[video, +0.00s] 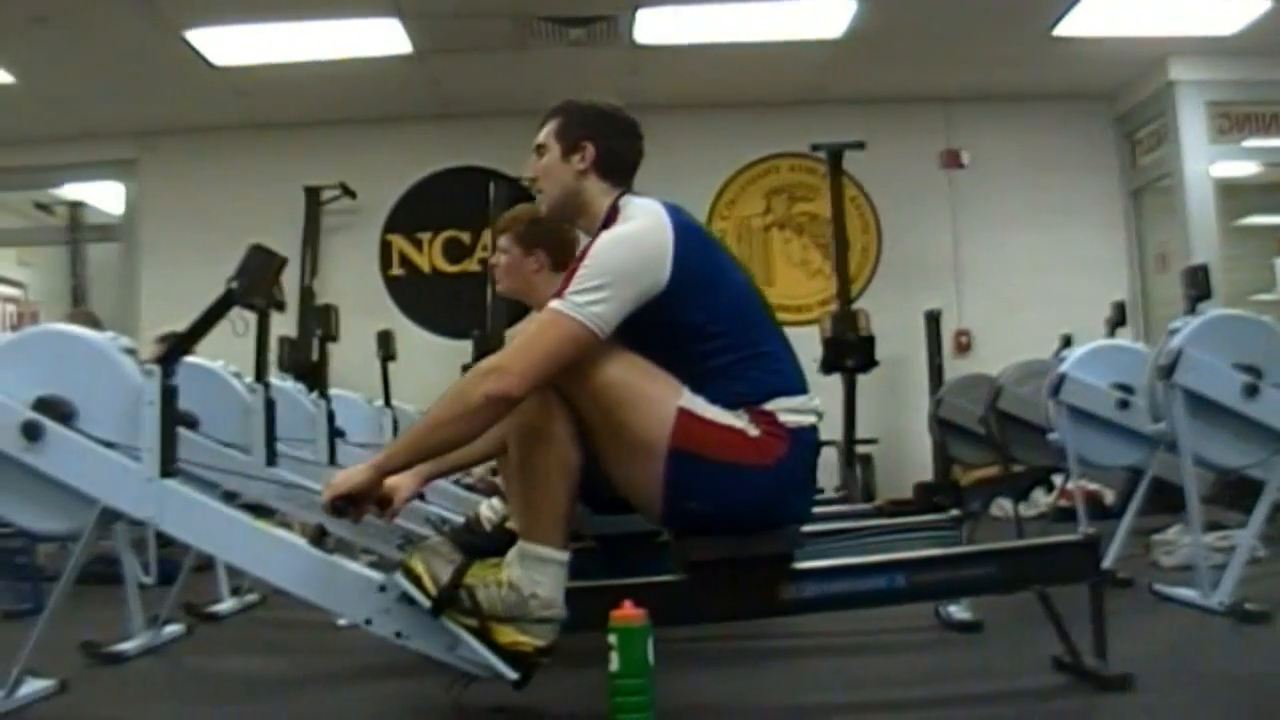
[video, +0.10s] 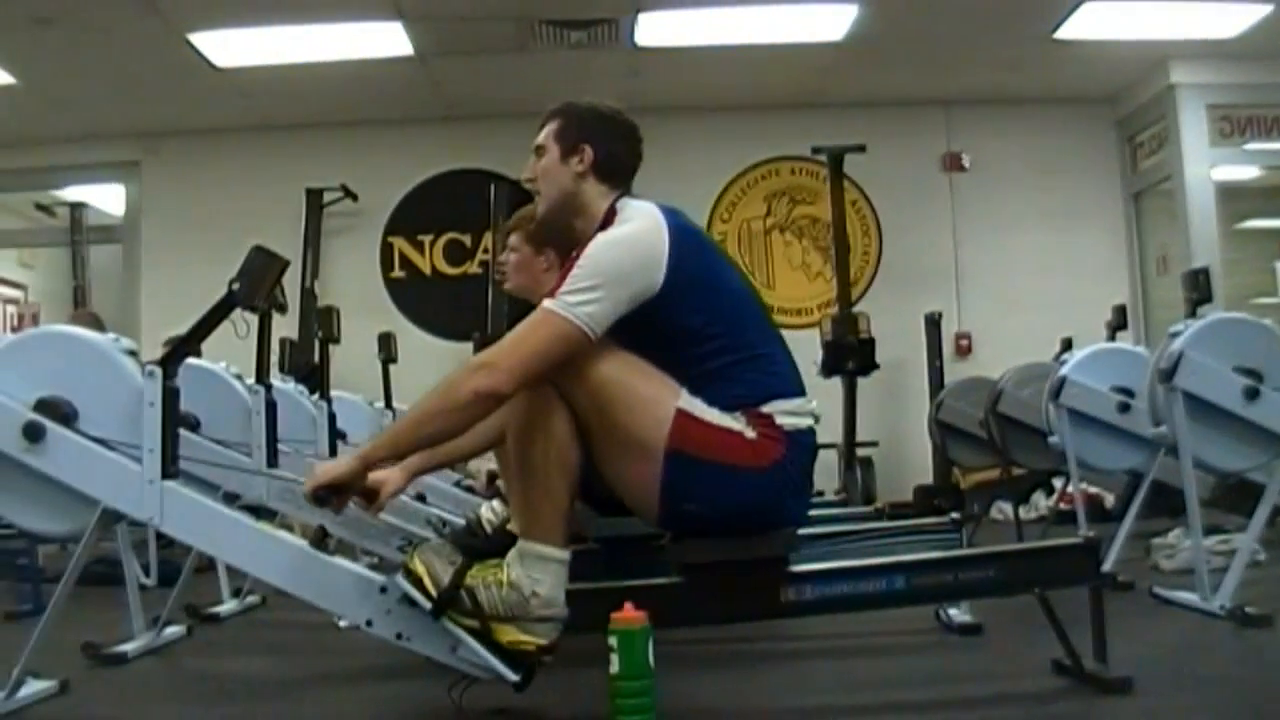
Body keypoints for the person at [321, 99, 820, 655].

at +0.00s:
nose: (529, 171)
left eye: (541, 154)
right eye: (532, 155)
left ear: (583, 158)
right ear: (588, 162)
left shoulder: (640, 233)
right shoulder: (621, 240)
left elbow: (506, 383)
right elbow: (523, 403)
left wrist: (377, 466)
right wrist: (416, 474)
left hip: (759, 460)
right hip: (741, 455)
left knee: (550, 360)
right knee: (545, 363)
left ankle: (534, 586)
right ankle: (533, 575)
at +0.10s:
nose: (528, 172)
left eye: (540, 154)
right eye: (532, 155)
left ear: (581, 161)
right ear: (586, 165)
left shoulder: (636, 238)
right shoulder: (623, 242)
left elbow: (493, 379)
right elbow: (512, 403)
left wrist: (362, 458)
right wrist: (401, 470)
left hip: (755, 463)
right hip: (739, 458)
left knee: (551, 362)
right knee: (541, 364)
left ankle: (535, 587)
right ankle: (533, 571)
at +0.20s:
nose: (541, 170)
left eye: (554, 151)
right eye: (546, 153)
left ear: (596, 157)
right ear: (597, 161)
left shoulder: (647, 234)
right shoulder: (629, 241)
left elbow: (502, 377)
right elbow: (518, 397)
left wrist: (364, 447)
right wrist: (405, 462)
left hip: (765, 463)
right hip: (741, 458)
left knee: (557, 359)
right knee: (545, 368)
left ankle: (536, 589)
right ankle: (531, 572)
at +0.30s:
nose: (573, 160)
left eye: (587, 143)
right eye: (578, 143)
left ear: (631, 150)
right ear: (631, 154)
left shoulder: (676, 228)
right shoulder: (658, 234)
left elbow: (545, 378)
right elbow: (548, 383)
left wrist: (398, 443)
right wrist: (426, 461)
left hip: (785, 463)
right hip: (761, 454)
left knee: (572, 352)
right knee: (566, 359)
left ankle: (539, 585)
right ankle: (526, 543)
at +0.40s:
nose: (615, 150)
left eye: (631, 134)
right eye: (620, 134)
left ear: (678, 143)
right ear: (677, 148)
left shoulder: (719, 223)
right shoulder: (696, 230)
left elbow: (589, 371)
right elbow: (584, 371)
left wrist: (444, 438)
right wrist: (457, 449)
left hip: (818, 459)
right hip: (784, 451)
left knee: (596, 358)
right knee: (580, 363)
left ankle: (540, 592)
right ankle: (529, 582)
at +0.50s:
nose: (662, 144)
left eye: (678, 128)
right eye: (667, 129)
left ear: (725, 135)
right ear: (723, 138)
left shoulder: (765, 216)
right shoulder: (728, 225)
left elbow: (629, 360)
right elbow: (628, 357)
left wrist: (482, 422)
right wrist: (494, 431)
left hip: (854, 453)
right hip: (811, 445)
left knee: (631, 370)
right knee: (613, 377)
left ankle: (540, 594)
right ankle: (531, 581)